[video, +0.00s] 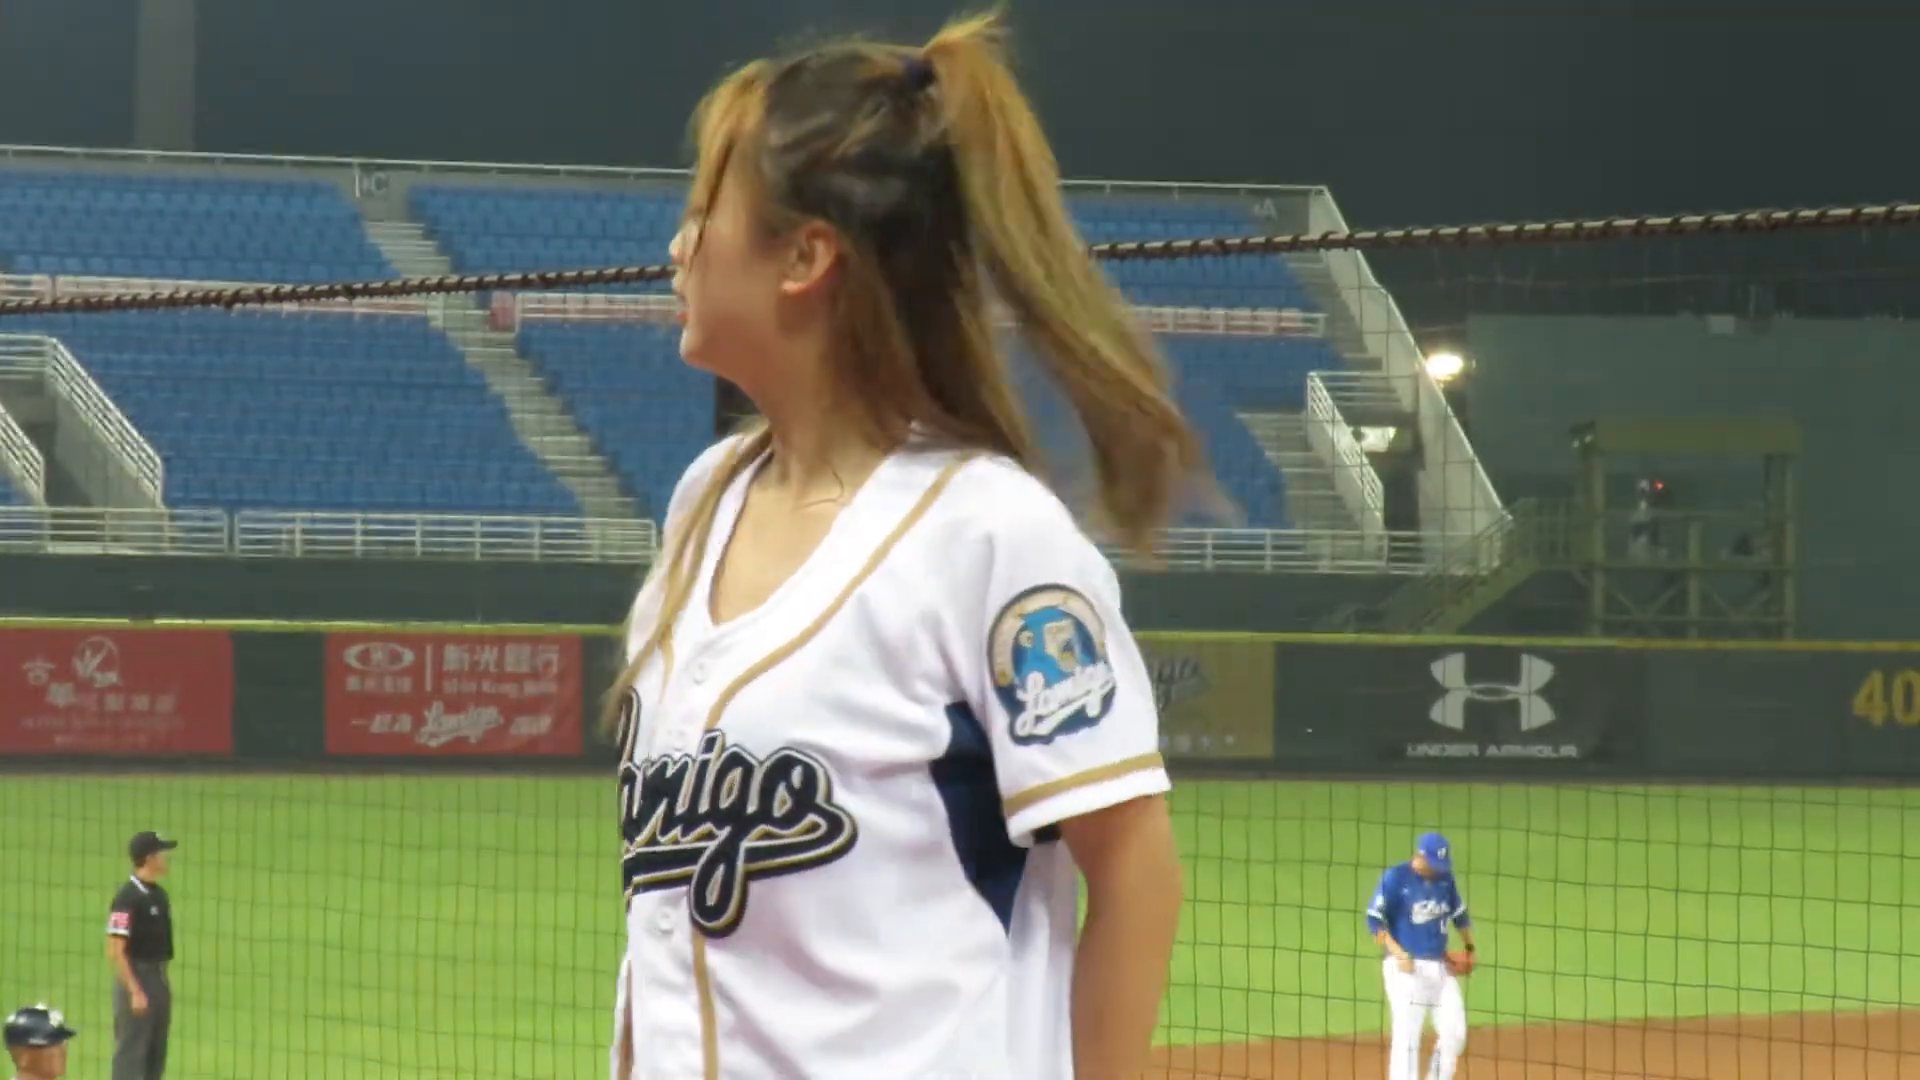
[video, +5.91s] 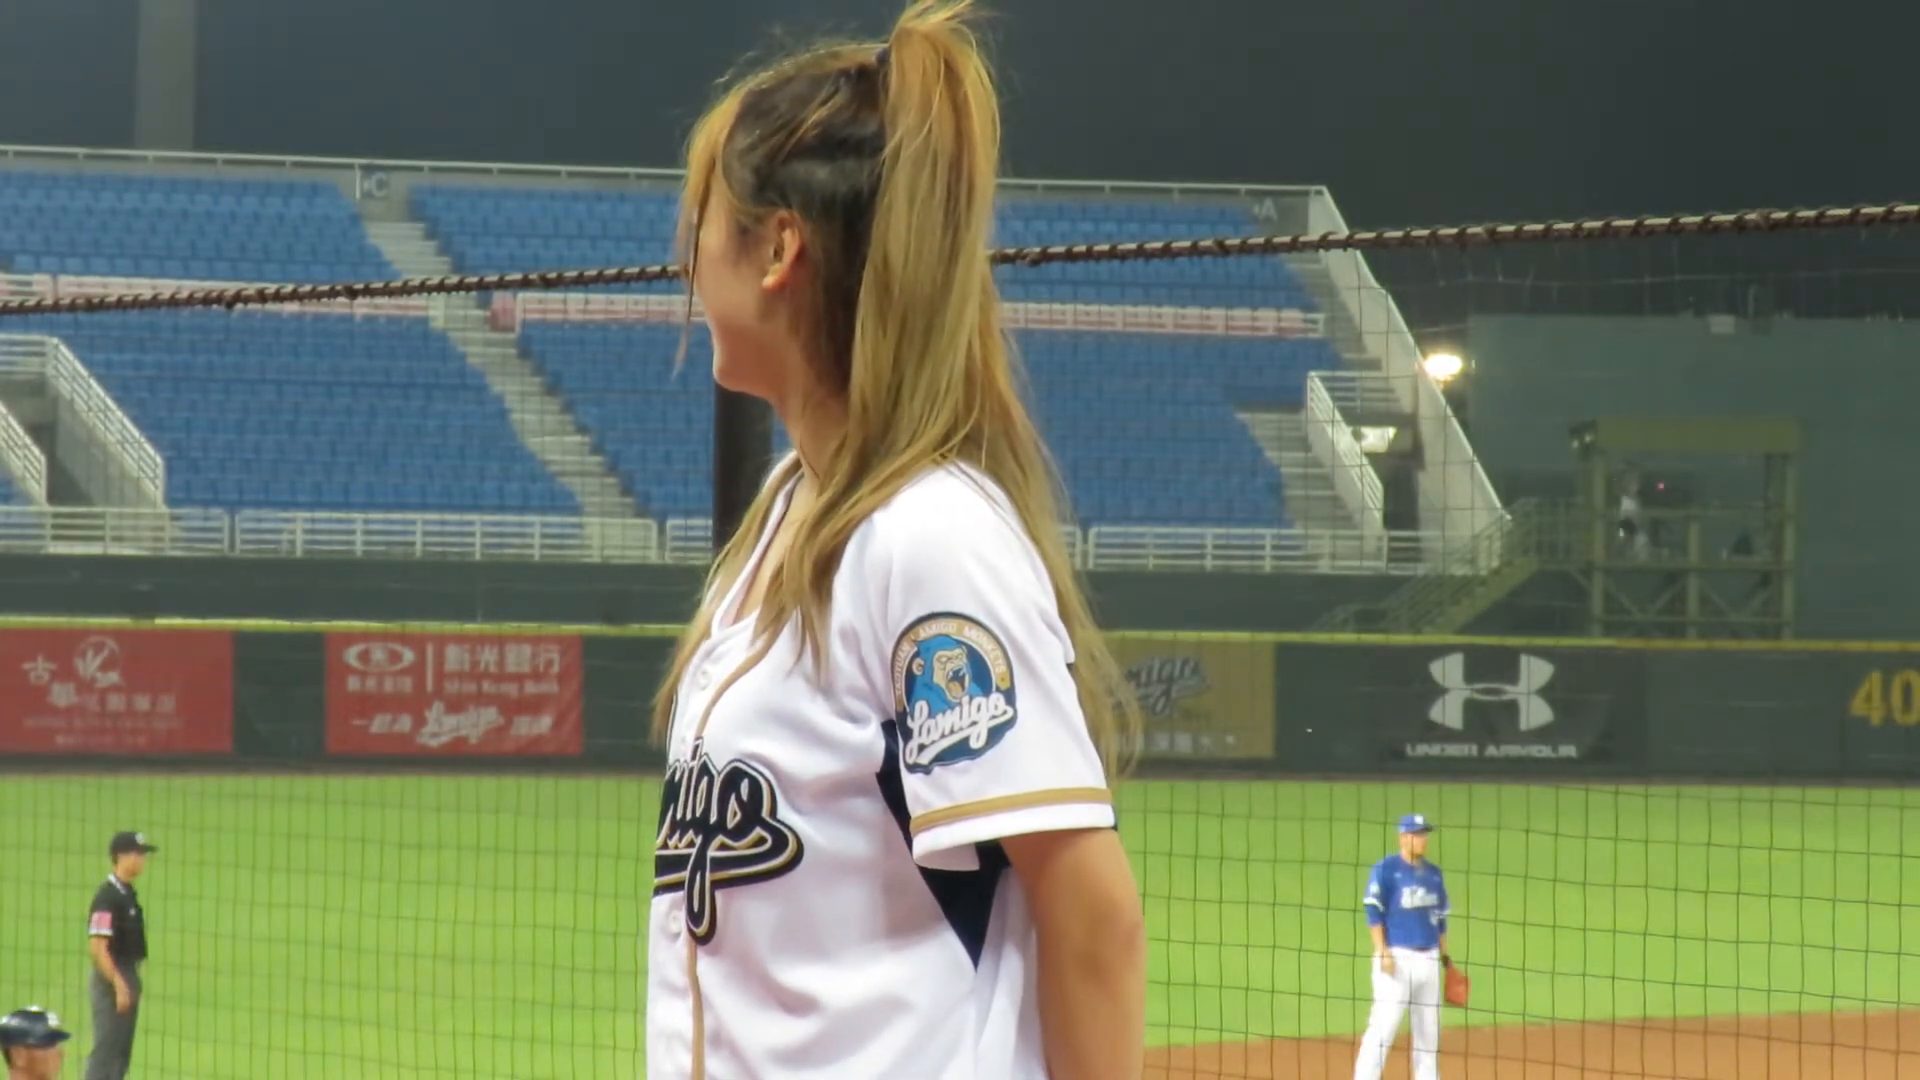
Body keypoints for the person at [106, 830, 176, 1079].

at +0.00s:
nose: (165, 859)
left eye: (163, 854)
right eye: (160, 855)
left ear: (150, 859)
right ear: (147, 859)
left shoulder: (158, 894)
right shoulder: (128, 896)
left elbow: (154, 943)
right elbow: (116, 950)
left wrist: (161, 981)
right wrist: (135, 990)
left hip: (157, 968)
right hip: (136, 969)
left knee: (156, 1045)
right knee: (134, 1047)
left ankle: (152, 1074)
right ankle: (130, 1074)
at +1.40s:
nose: (139, 862)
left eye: (142, 857)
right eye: (134, 856)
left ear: (146, 860)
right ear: (119, 857)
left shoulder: (144, 899)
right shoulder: (101, 898)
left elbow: (148, 947)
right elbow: (88, 948)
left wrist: (163, 986)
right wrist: (96, 992)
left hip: (133, 972)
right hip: (107, 971)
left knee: (138, 1055)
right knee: (97, 1053)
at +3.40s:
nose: (116, 866)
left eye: (118, 860)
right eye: (110, 860)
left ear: (121, 862)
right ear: (94, 861)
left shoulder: (120, 901)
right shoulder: (78, 903)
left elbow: (122, 952)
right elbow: (65, 954)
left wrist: (129, 990)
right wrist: (72, 999)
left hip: (113, 973)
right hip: (87, 973)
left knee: (125, 1054)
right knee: (84, 1053)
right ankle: (81, 1074)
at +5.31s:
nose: (122, 862)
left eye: (124, 856)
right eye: (117, 856)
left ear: (125, 859)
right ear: (101, 858)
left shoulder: (124, 897)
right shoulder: (87, 899)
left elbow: (128, 946)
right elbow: (76, 952)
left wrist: (137, 983)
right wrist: (96, 993)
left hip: (124, 970)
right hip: (99, 969)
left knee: (125, 1046)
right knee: (97, 1047)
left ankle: (120, 1076)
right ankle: (94, 1076)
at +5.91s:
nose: (142, 862)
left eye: (142, 856)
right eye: (138, 855)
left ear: (132, 857)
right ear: (121, 857)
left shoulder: (128, 892)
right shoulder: (108, 895)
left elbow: (123, 940)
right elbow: (98, 946)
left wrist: (133, 976)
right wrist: (119, 983)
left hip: (128, 967)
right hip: (113, 969)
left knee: (121, 1047)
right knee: (109, 1048)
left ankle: (116, 1073)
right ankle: (100, 1074)